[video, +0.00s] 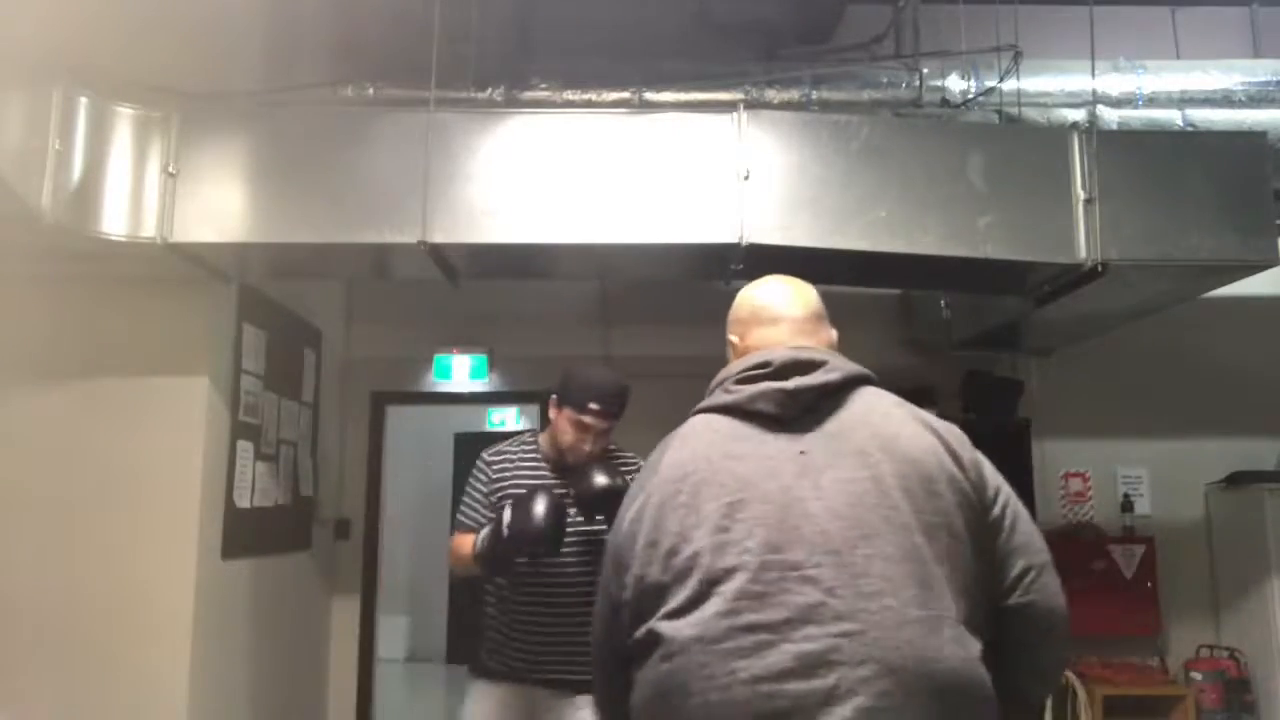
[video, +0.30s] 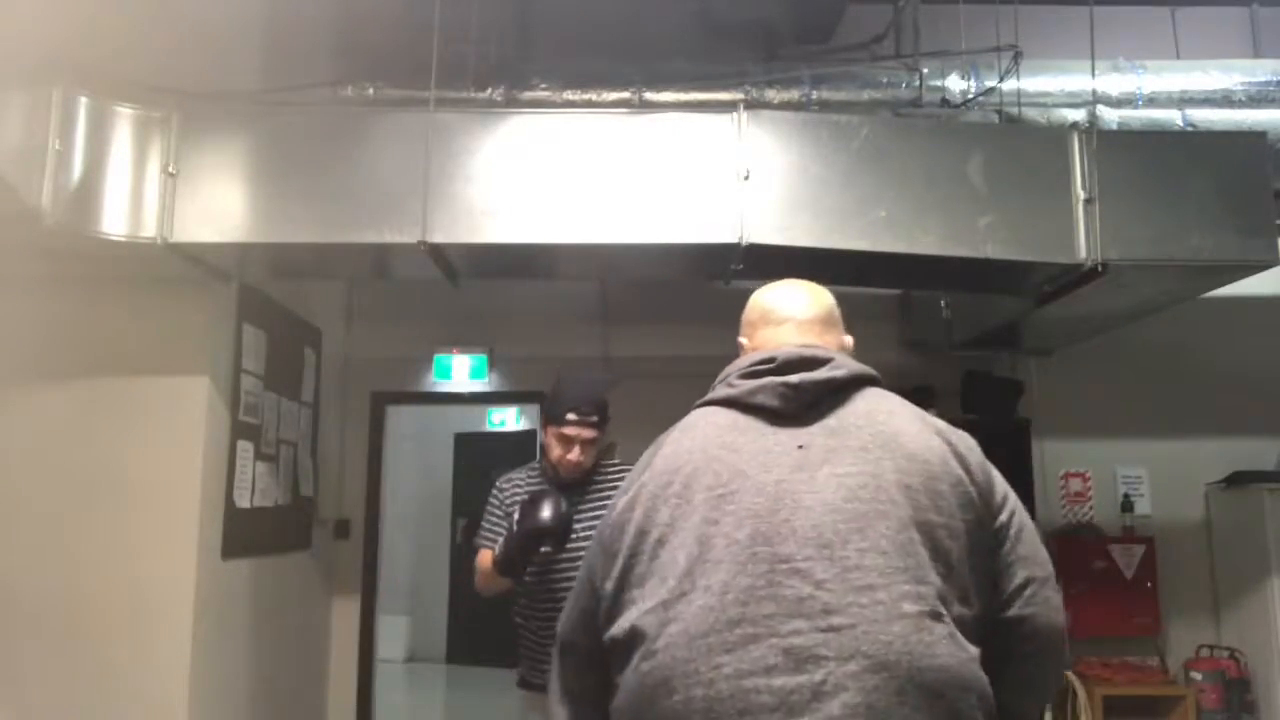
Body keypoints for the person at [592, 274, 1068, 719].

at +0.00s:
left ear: (731, 345)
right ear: (833, 339)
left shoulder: (669, 462)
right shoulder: (937, 439)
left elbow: (612, 643)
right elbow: (1040, 609)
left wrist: (622, 711)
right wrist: (1005, 708)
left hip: (711, 701)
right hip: (926, 700)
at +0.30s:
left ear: (741, 347)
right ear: (848, 345)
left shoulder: (662, 460)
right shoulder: (942, 444)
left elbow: (580, 639)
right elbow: (1038, 622)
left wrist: (591, 715)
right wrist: (998, 711)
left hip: (693, 701)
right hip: (915, 697)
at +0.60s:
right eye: (1001, 339)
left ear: (869, 336)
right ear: (995, 346)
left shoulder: (754, 460)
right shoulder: (1078, 462)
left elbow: (667, 676)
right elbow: (1174, 670)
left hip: (771, 697)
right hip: (997, 696)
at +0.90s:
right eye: (1106, 321)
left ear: (975, 328)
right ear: (1102, 326)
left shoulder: (870, 439)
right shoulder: (1215, 459)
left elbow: (777, 651)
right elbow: (1264, 660)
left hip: (881, 702)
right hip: (1137, 704)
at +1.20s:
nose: (1112, 349)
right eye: (1114, 346)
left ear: (998, 360)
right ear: (1112, 353)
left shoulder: (915, 460)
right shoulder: (1221, 466)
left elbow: (835, 649)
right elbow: (1267, 634)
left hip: (943, 706)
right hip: (1187, 706)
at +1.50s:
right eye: (1092, 352)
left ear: (990, 374)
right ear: (1093, 355)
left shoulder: (928, 468)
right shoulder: (1204, 450)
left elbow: (872, 649)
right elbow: (1276, 593)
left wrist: (873, 711)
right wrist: (1261, 698)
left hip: (967, 704)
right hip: (1186, 700)